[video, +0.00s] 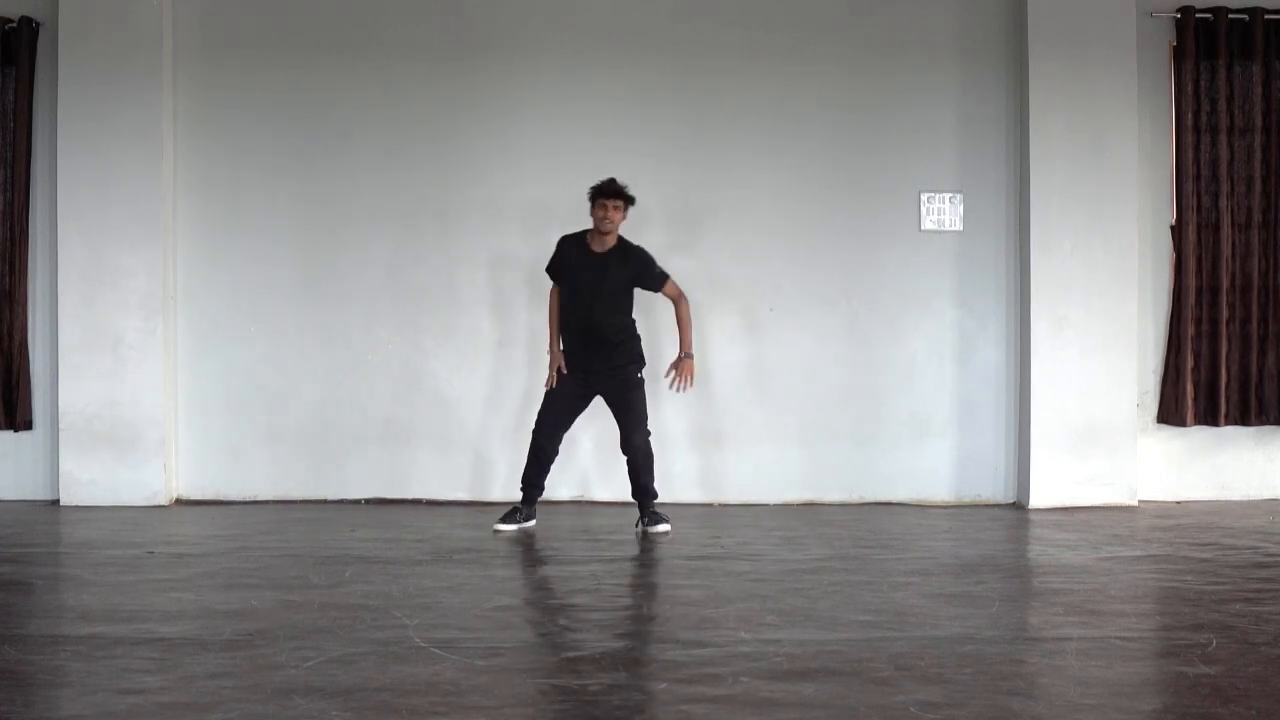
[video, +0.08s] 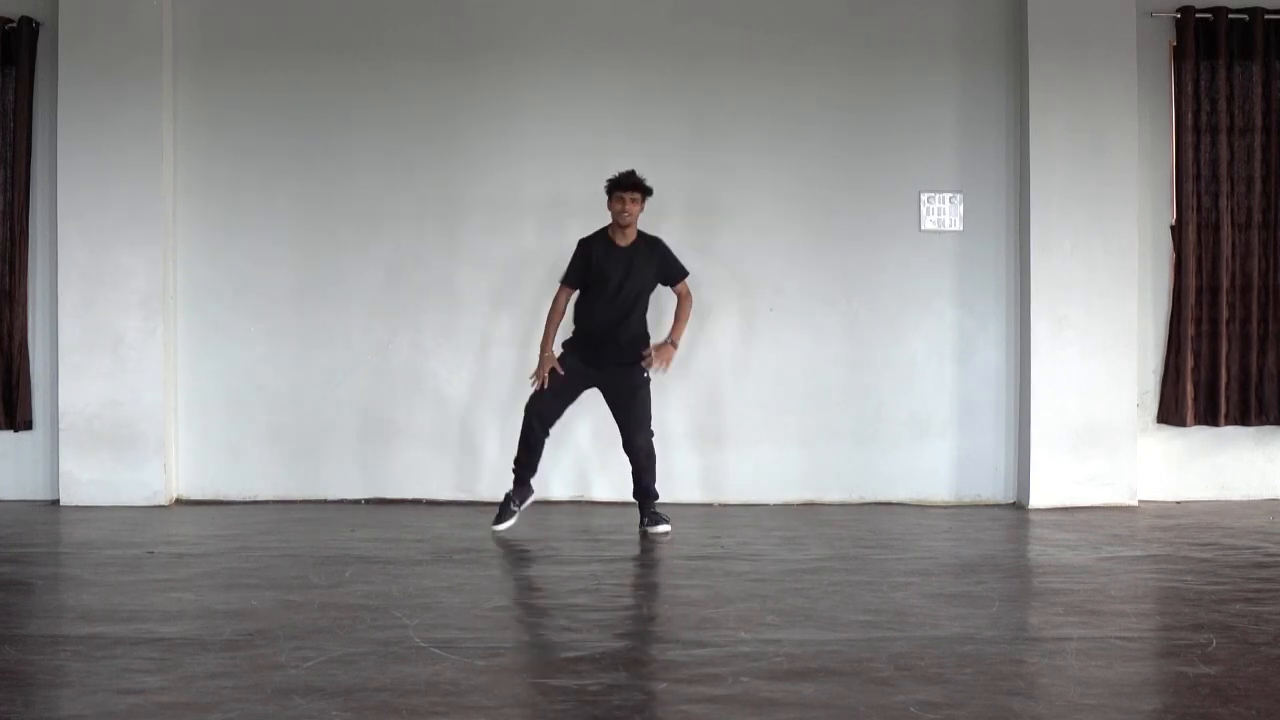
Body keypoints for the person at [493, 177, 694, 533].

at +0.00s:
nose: (608, 214)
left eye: (615, 209)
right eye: (602, 207)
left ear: (625, 215)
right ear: (591, 209)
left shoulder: (634, 258)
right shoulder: (568, 247)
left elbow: (679, 298)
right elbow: (557, 295)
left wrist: (686, 353)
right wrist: (554, 350)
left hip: (621, 367)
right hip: (575, 366)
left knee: (636, 440)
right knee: (544, 434)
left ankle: (648, 510)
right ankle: (526, 507)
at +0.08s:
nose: (626, 207)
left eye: (634, 202)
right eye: (620, 200)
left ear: (642, 207)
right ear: (609, 204)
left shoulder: (654, 250)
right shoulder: (589, 247)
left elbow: (684, 294)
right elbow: (562, 298)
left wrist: (672, 343)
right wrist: (546, 349)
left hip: (629, 362)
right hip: (581, 356)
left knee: (639, 439)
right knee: (536, 412)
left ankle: (648, 509)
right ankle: (519, 490)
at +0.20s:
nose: (632, 194)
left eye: (639, 188)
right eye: (625, 188)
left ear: (648, 192)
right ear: (614, 191)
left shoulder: (667, 234)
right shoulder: (602, 239)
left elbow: (682, 287)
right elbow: (566, 288)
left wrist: (644, 315)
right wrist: (542, 338)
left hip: (642, 347)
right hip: (599, 336)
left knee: (647, 431)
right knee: (539, 362)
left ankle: (650, 509)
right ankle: (531, 434)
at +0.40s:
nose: (629, 199)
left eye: (636, 192)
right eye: (622, 192)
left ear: (646, 194)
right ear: (611, 195)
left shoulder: (660, 218)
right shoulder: (604, 232)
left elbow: (671, 274)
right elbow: (599, 280)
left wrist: (629, 315)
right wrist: (594, 321)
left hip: (660, 336)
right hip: (621, 330)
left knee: (657, 425)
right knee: (586, 339)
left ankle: (651, 508)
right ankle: (591, 424)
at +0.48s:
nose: (632, 206)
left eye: (639, 200)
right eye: (625, 199)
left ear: (649, 202)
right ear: (614, 201)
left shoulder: (662, 228)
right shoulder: (609, 232)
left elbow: (663, 285)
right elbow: (617, 281)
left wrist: (636, 332)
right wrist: (629, 328)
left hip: (669, 340)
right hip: (628, 336)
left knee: (665, 427)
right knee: (600, 376)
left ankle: (652, 507)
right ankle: (619, 461)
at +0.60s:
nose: (631, 212)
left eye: (638, 206)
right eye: (624, 205)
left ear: (648, 209)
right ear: (613, 208)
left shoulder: (662, 244)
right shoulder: (606, 241)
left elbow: (662, 306)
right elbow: (626, 292)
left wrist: (656, 369)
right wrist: (674, 324)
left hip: (674, 346)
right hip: (632, 346)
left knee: (675, 437)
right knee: (633, 435)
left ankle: (653, 505)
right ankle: (652, 519)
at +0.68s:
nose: (629, 208)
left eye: (636, 202)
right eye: (621, 201)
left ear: (645, 206)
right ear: (609, 204)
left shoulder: (661, 241)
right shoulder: (600, 242)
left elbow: (678, 306)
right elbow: (616, 297)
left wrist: (686, 366)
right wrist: (674, 312)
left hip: (678, 353)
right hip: (637, 357)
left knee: (697, 445)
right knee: (650, 444)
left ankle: (658, 492)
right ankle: (661, 524)